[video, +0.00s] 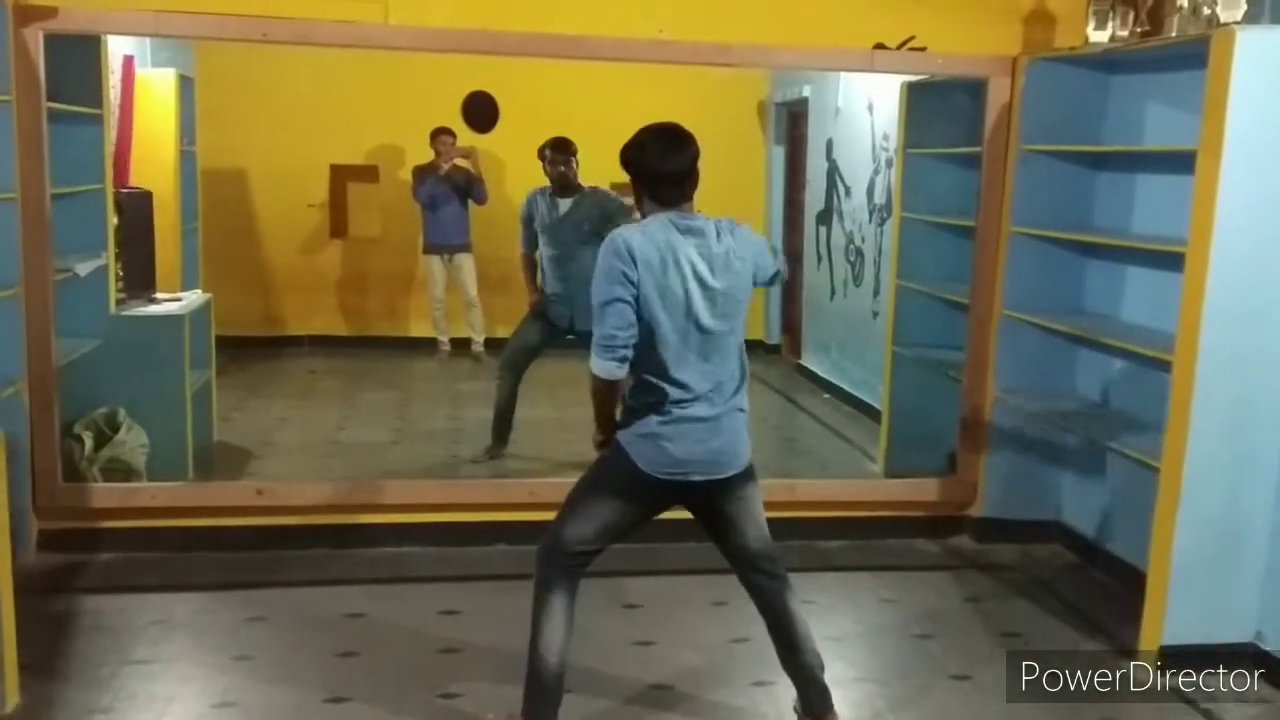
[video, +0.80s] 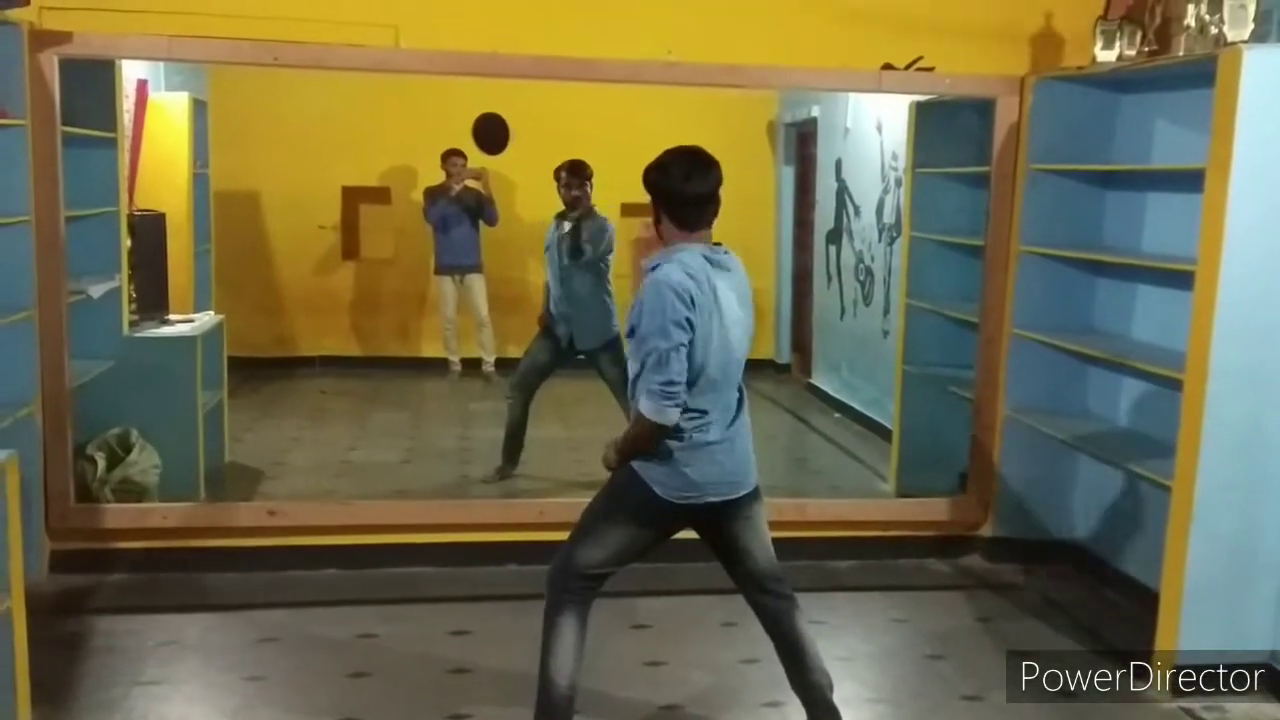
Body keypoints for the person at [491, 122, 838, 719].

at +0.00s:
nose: (628, 186)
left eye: (629, 178)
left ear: (633, 184)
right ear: (696, 179)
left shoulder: (624, 247)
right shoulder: (735, 242)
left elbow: (610, 363)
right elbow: (775, 267)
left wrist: (606, 431)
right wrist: (724, 239)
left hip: (650, 451)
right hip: (726, 449)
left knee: (560, 561)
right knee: (770, 580)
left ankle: (538, 711)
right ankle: (820, 709)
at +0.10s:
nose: (624, 193)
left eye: (625, 186)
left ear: (632, 192)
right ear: (694, 186)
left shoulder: (626, 254)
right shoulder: (734, 248)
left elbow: (618, 371)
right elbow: (755, 299)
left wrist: (609, 434)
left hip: (654, 455)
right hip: (727, 454)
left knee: (561, 564)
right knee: (770, 583)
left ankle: (540, 711)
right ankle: (820, 710)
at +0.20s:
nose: (625, 199)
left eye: (626, 191)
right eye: (629, 190)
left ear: (633, 197)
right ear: (694, 191)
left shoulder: (628, 262)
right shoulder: (735, 261)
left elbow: (625, 374)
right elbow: (726, 348)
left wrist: (610, 439)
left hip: (654, 462)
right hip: (728, 459)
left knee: (560, 567)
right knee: (770, 586)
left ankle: (541, 712)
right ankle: (821, 710)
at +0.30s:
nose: (619, 199)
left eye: (619, 192)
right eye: (624, 190)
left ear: (629, 202)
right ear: (691, 196)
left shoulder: (635, 269)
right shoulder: (733, 266)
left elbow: (634, 386)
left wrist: (612, 441)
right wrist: (710, 236)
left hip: (656, 466)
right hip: (728, 461)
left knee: (560, 570)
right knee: (770, 588)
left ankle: (543, 711)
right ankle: (821, 710)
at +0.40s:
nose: (618, 214)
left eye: (617, 206)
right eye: (619, 207)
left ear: (627, 214)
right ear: (684, 200)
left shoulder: (649, 269)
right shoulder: (734, 259)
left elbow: (644, 396)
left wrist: (615, 442)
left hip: (658, 468)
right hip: (726, 463)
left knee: (561, 572)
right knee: (769, 592)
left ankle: (545, 711)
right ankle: (820, 711)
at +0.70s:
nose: (641, 208)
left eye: (643, 201)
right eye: (642, 202)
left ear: (650, 208)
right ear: (711, 203)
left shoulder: (664, 277)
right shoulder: (736, 264)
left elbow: (651, 411)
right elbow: (700, 306)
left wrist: (618, 448)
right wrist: (647, 266)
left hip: (666, 472)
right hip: (730, 467)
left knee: (569, 579)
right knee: (773, 597)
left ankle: (551, 712)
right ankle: (823, 712)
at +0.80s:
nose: (648, 210)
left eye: (649, 202)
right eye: (649, 202)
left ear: (656, 211)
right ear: (716, 206)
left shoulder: (666, 284)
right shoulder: (731, 270)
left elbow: (659, 412)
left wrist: (623, 449)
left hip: (667, 474)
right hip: (731, 469)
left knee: (570, 582)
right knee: (776, 599)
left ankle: (552, 713)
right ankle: (826, 714)